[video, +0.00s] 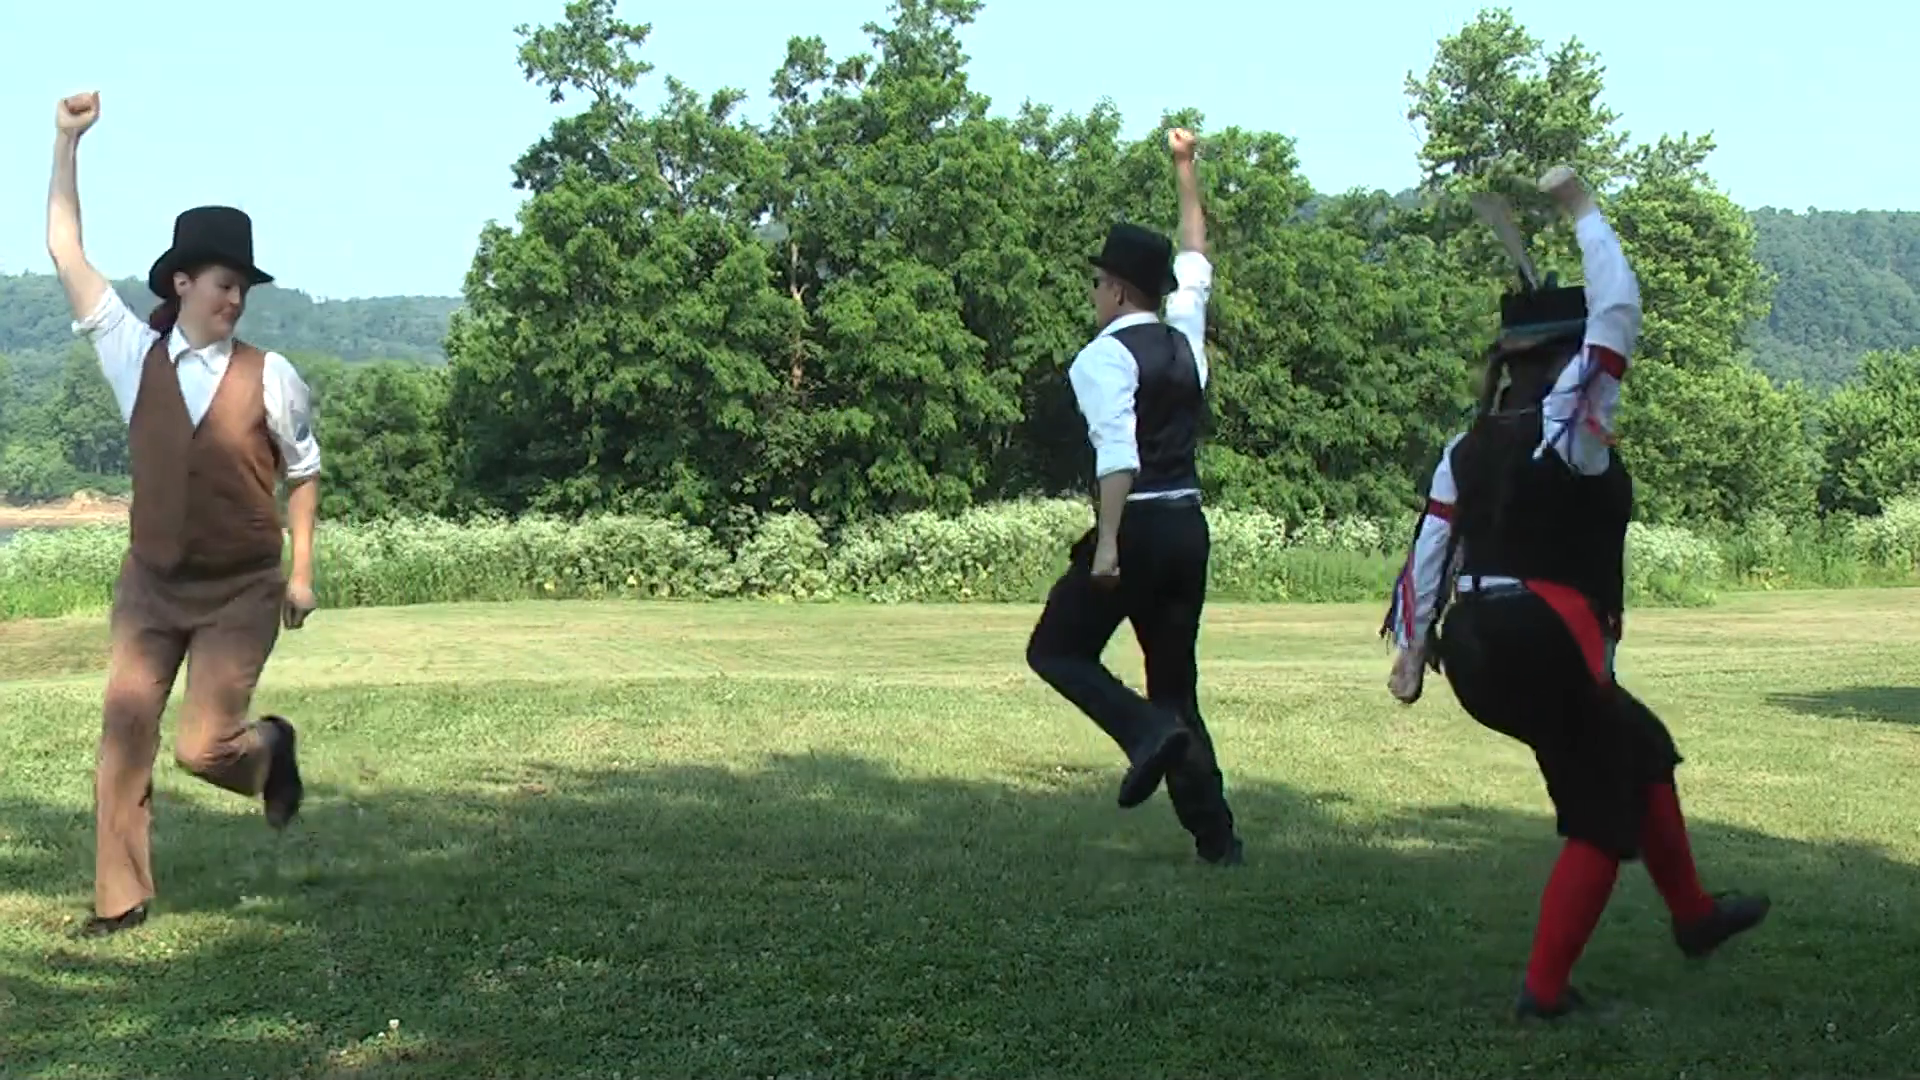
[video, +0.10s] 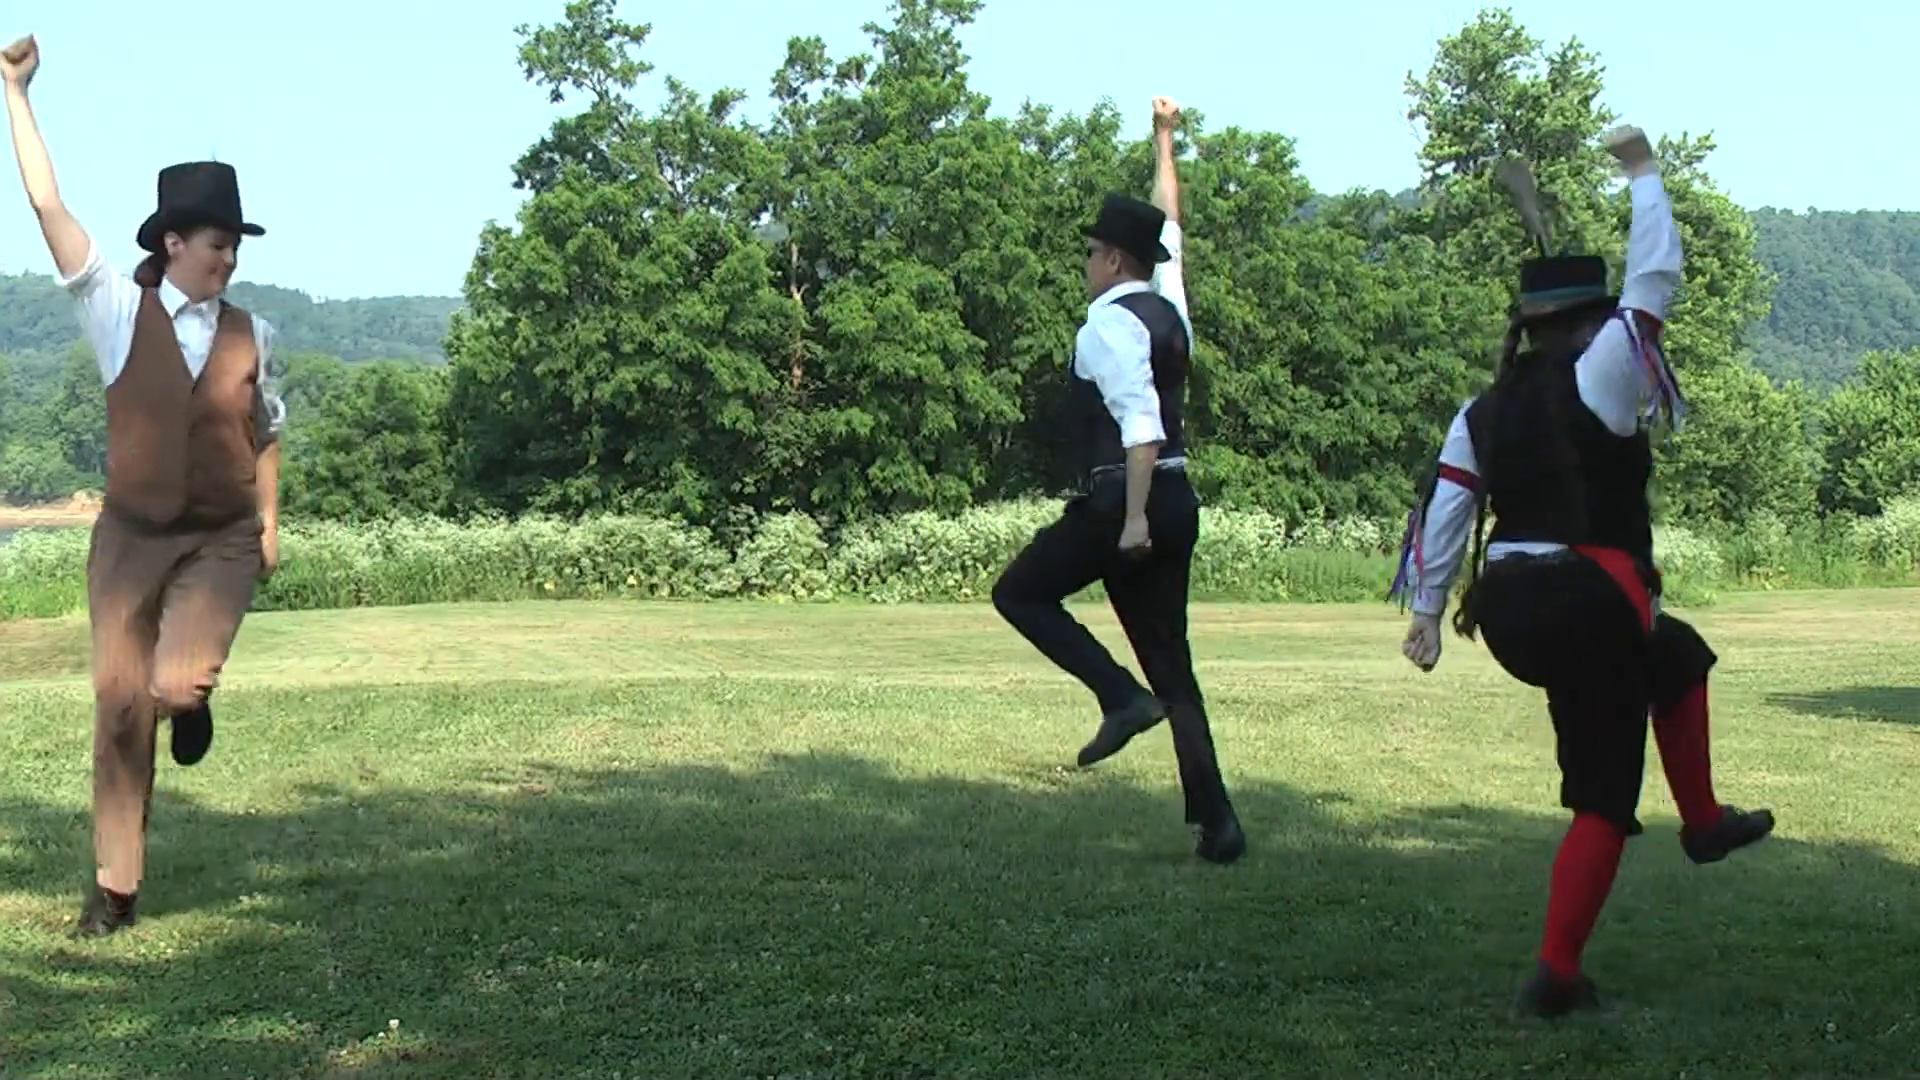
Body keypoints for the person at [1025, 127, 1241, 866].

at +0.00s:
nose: (1094, 292)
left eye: (1099, 282)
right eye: (1098, 280)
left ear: (1118, 289)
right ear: (1155, 290)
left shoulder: (1101, 358)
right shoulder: (1184, 338)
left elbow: (1118, 457)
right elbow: (1193, 260)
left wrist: (1106, 539)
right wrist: (1187, 169)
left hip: (1133, 529)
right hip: (1186, 528)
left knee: (1053, 650)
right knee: (1172, 689)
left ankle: (1144, 731)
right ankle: (1214, 837)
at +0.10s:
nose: (1087, 264)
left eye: (1092, 254)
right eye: (1090, 252)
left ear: (1118, 259)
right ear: (1141, 260)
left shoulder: (1109, 319)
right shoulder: (1166, 306)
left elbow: (1142, 423)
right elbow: (1168, 229)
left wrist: (1134, 513)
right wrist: (1163, 136)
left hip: (1121, 499)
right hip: (1166, 494)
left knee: (1018, 594)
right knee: (1170, 672)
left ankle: (1123, 698)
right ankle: (1215, 823)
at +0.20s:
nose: (1071, 260)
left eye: (1081, 250)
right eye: (1074, 249)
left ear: (1113, 256)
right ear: (1124, 255)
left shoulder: (1111, 322)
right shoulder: (1146, 296)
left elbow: (1154, 415)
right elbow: (1142, 223)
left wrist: (1156, 504)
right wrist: (1140, 134)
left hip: (1110, 500)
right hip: (1148, 500)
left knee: (1001, 573)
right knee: (1140, 655)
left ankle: (1092, 691)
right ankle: (1201, 808)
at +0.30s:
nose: (1059, 293)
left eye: (1069, 284)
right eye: (1060, 282)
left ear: (1102, 287)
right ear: (1104, 285)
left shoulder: (1106, 353)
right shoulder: (1122, 326)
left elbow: (1164, 445)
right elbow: (1109, 245)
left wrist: (1170, 537)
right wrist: (1112, 159)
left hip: (1102, 534)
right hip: (1132, 537)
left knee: (986, 583)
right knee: (1131, 680)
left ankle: (1065, 711)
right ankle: (1182, 824)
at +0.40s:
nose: (1040, 315)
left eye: (1052, 306)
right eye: (1041, 304)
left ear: (1090, 313)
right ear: (1083, 310)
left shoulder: (1097, 380)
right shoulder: (1089, 362)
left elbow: (1150, 469)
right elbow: (1076, 273)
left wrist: (1155, 563)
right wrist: (1070, 191)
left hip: (1102, 557)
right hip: (1112, 557)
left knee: (974, 603)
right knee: (1111, 695)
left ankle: (1023, 738)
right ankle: (1179, 825)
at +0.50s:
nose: (1016, 321)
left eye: (1028, 312)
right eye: (1016, 310)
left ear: (1064, 318)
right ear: (1052, 316)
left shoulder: (1077, 383)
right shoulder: (1056, 366)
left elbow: (1122, 469)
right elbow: (1026, 280)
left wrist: (1086, 541)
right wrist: (1007, 212)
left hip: (1098, 555)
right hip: (1102, 556)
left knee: (957, 608)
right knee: (1102, 703)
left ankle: (967, 750)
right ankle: (1178, 835)